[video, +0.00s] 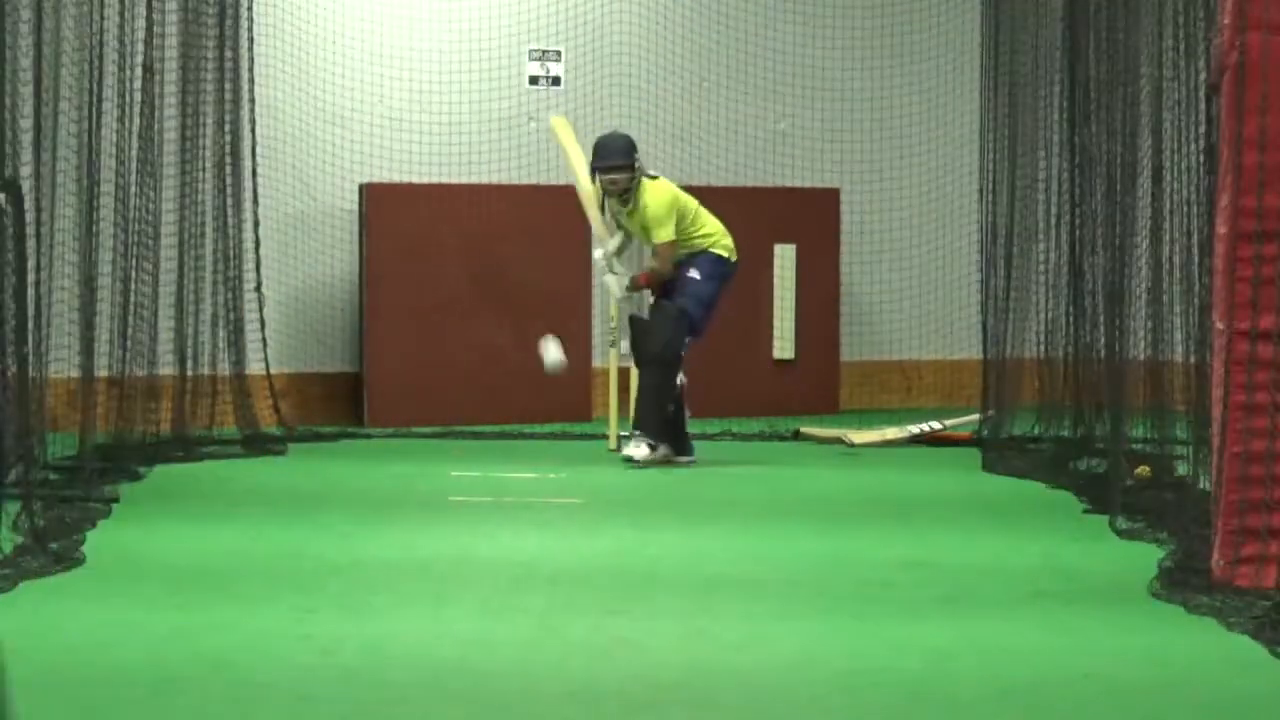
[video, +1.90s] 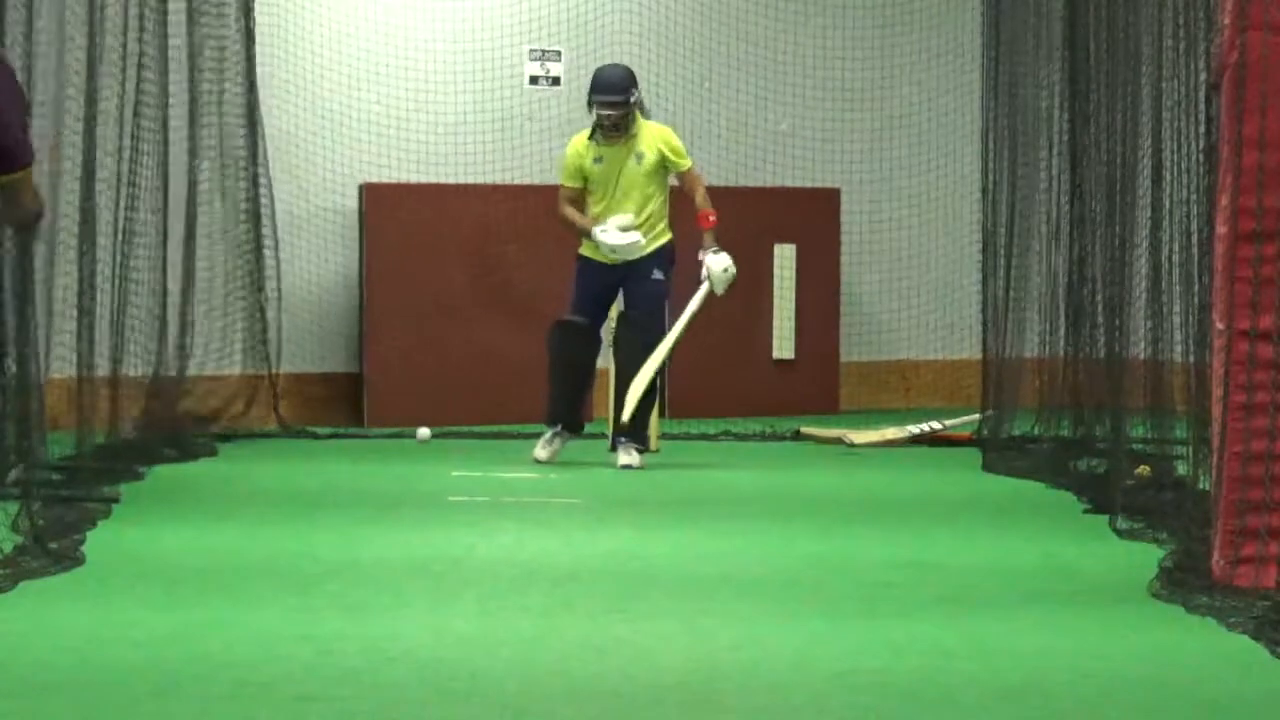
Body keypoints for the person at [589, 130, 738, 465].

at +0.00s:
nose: (614, 179)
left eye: (621, 171)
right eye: (606, 173)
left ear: (634, 170)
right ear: (597, 175)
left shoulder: (655, 198)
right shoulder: (610, 197)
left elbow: (665, 268)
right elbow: (626, 228)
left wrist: (630, 283)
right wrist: (614, 249)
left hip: (711, 253)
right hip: (678, 257)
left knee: (665, 337)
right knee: (658, 345)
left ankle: (648, 436)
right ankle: (676, 443)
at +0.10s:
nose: (610, 190)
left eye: (616, 182)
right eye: (602, 184)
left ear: (629, 173)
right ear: (591, 180)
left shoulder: (652, 186)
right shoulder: (598, 202)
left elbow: (664, 244)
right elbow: (613, 245)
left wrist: (640, 275)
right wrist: (617, 269)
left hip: (699, 256)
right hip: (658, 264)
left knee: (671, 343)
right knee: (646, 346)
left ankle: (637, 440)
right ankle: (675, 441)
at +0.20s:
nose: (607, 193)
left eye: (613, 185)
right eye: (599, 187)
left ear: (625, 174)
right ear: (588, 184)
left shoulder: (643, 171)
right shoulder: (592, 216)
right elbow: (628, 257)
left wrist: (645, 231)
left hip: (690, 256)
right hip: (650, 270)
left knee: (667, 340)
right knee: (639, 345)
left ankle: (636, 440)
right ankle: (673, 442)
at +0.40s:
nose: (625, 180)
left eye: (631, 171)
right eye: (617, 174)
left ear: (639, 154)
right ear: (602, 165)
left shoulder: (649, 140)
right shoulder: (598, 196)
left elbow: (670, 159)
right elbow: (630, 234)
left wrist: (657, 208)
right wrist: (649, 255)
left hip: (673, 251)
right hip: (625, 260)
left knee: (666, 341)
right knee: (627, 337)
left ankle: (644, 432)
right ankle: (631, 433)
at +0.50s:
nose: (632, 170)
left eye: (638, 161)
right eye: (623, 164)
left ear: (650, 146)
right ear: (608, 155)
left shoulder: (661, 140)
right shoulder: (600, 187)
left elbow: (677, 177)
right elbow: (621, 233)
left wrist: (655, 227)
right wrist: (630, 258)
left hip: (666, 255)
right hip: (616, 259)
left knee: (653, 345)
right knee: (610, 340)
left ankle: (633, 437)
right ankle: (601, 416)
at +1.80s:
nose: (610, 116)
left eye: (619, 109)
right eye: (604, 108)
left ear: (633, 107)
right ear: (592, 106)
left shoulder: (659, 139)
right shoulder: (578, 151)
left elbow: (699, 193)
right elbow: (566, 209)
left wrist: (711, 248)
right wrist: (600, 229)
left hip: (649, 259)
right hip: (597, 258)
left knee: (641, 341)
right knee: (574, 335)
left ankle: (630, 439)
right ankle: (557, 425)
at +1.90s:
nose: (609, 117)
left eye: (617, 110)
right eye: (602, 109)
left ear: (633, 105)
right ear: (591, 106)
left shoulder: (659, 139)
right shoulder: (579, 148)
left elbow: (696, 188)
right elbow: (565, 206)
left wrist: (710, 245)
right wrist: (593, 227)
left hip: (649, 257)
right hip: (597, 258)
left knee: (641, 342)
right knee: (576, 337)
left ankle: (630, 439)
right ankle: (561, 425)